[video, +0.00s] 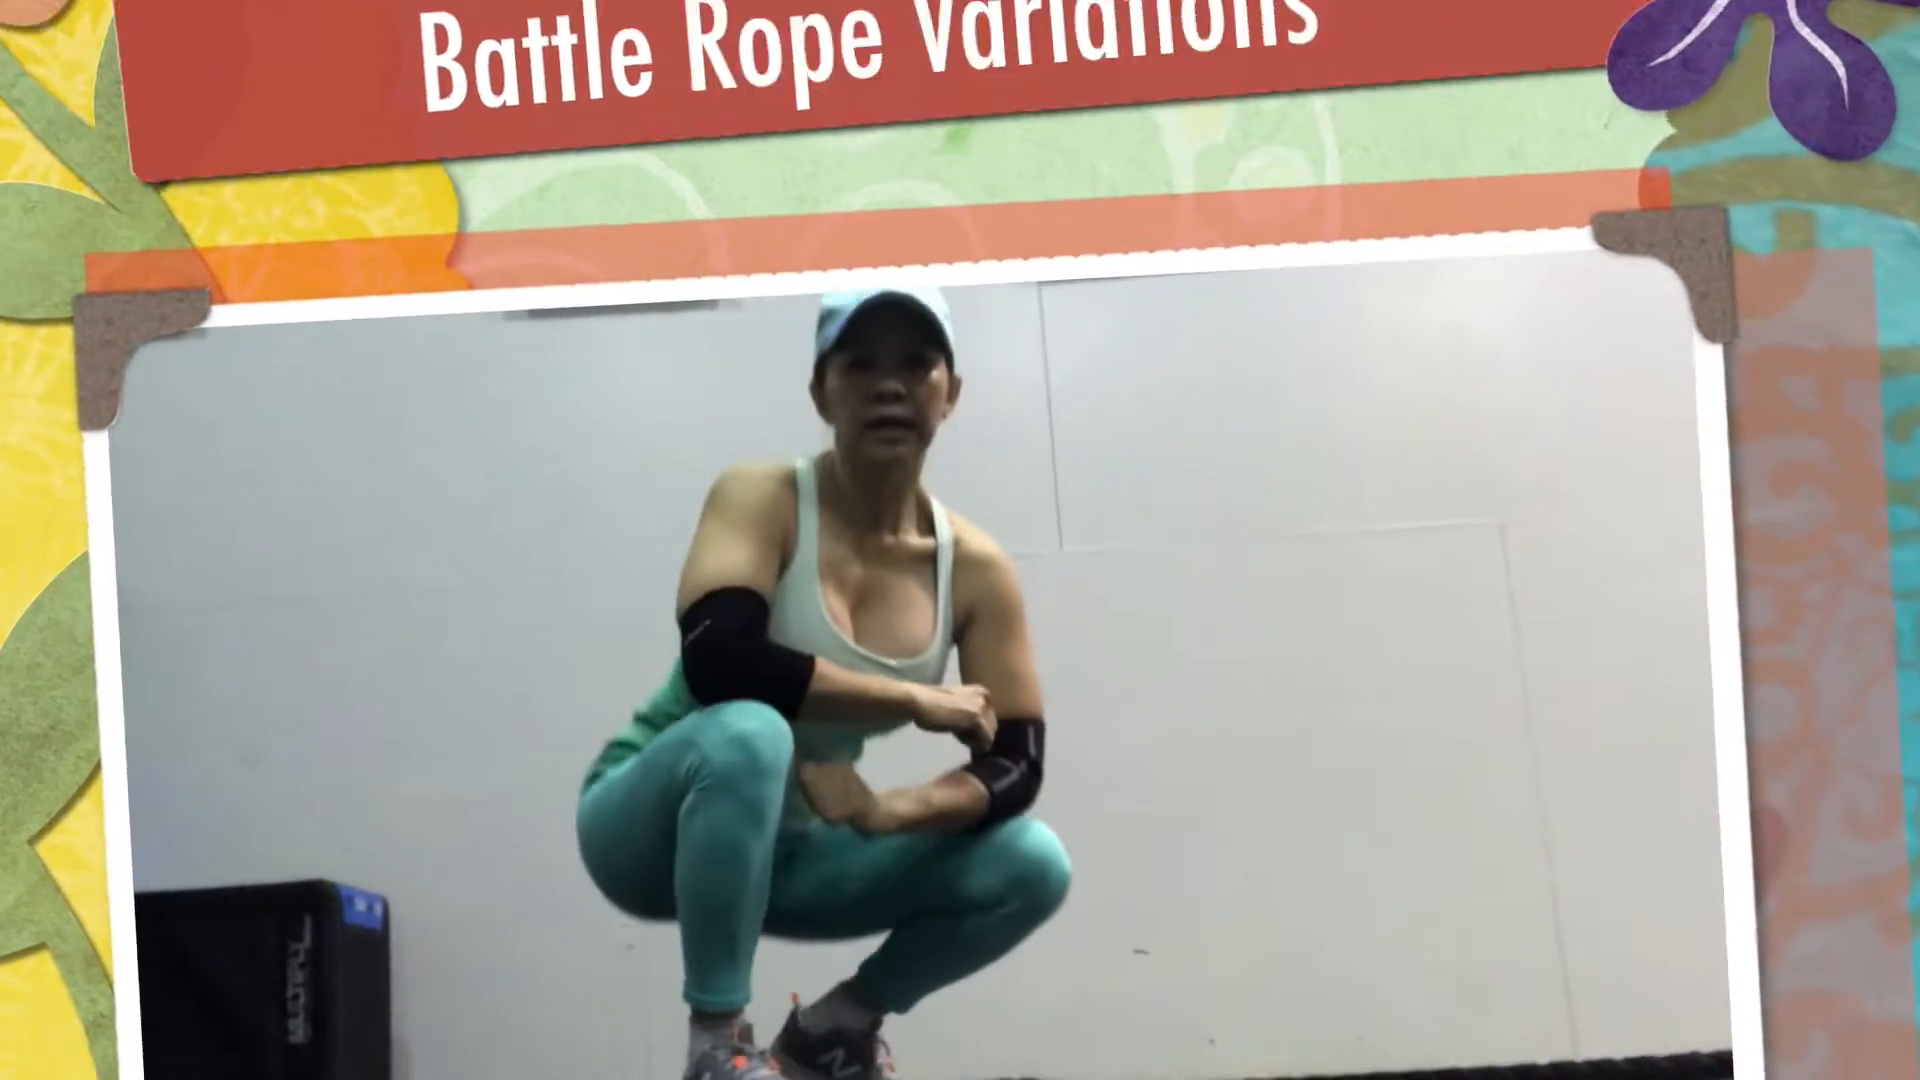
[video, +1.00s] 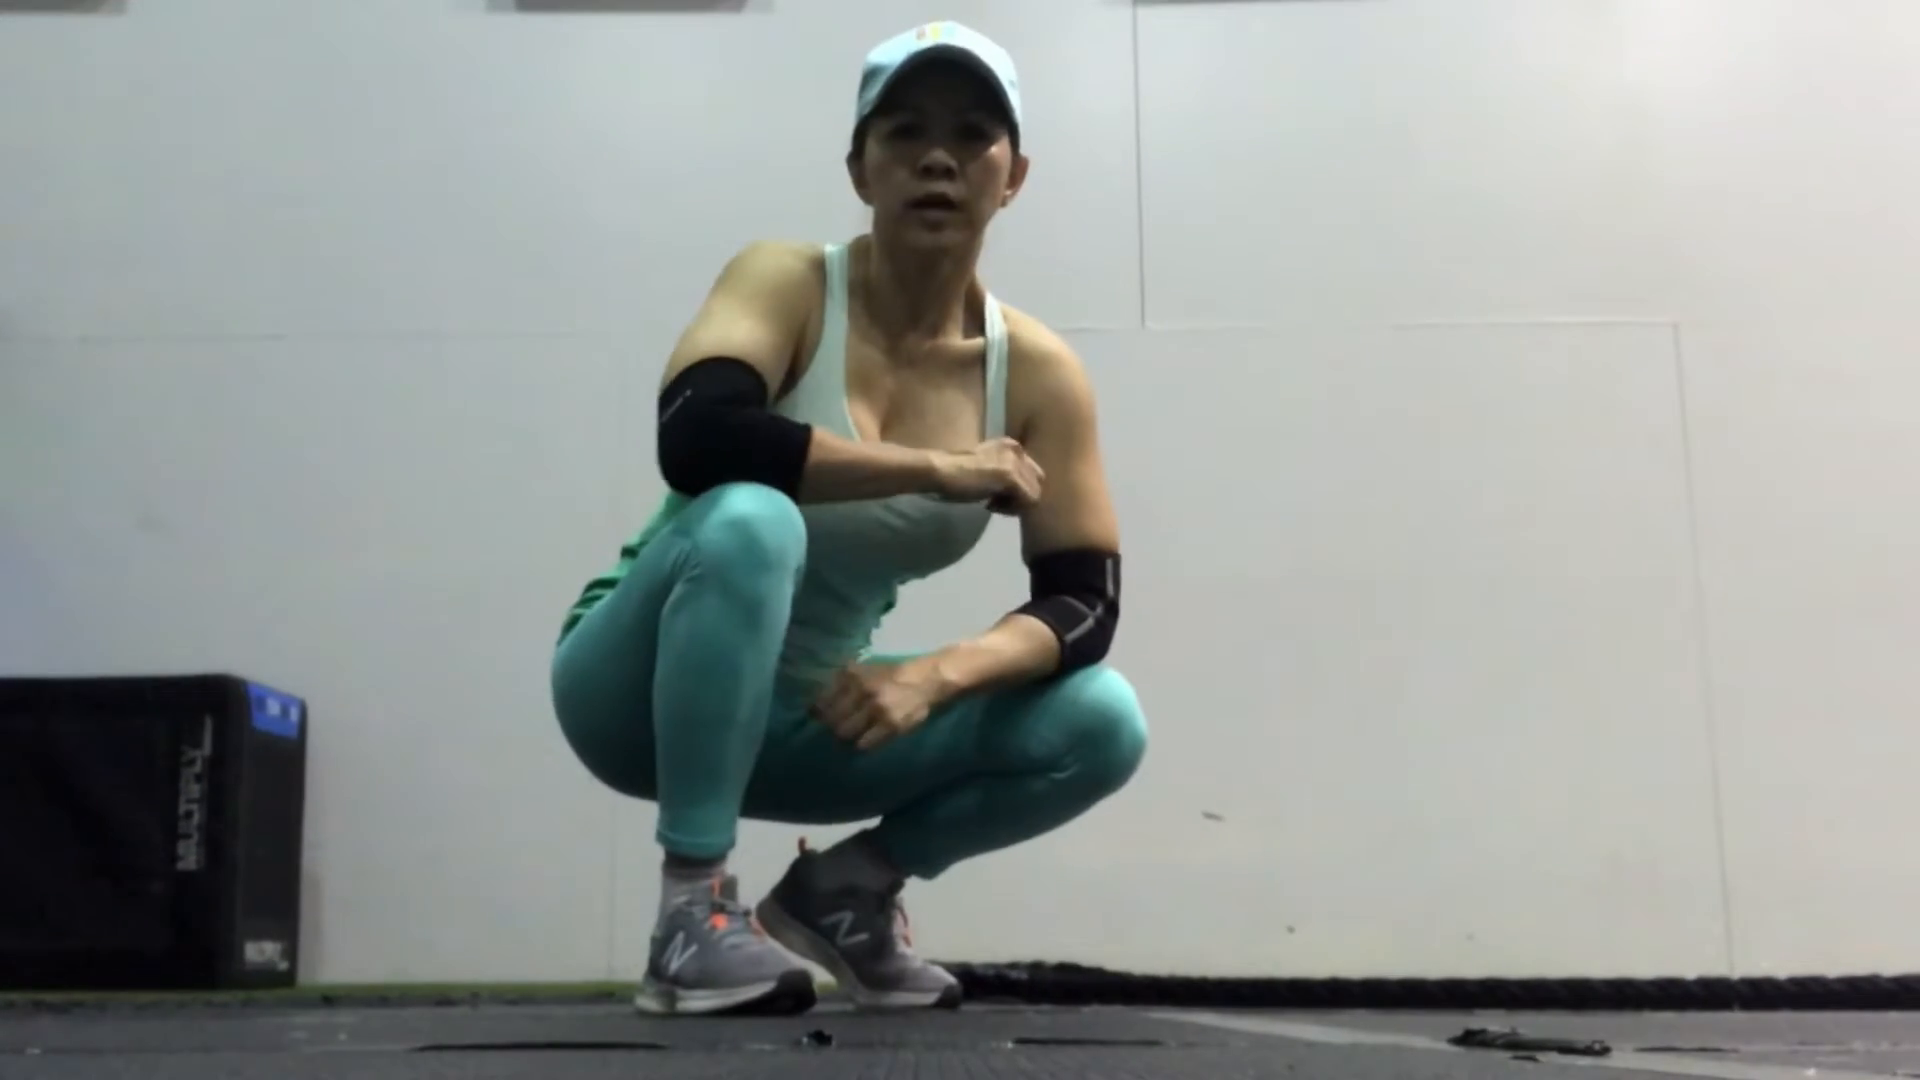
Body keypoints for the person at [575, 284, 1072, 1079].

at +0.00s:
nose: (889, 383)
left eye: (915, 364)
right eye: (862, 365)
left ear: (948, 393)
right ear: (822, 392)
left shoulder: (976, 570)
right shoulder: (756, 499)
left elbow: (1014, 767)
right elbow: (722, 661)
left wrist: (889, 810)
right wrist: (913, 700)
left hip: (810, 854)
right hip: (655, 833)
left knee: (1031, 865)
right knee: (747, 736)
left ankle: (838, 1025)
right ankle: (717, 1046)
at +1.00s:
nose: (937, 156)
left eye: (969, 134)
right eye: (906, 132)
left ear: (1012, 176)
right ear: (861, 167)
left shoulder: (1036, 373)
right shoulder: (781, 283)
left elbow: (1081, 608)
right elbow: (699, 441)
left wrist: (936, 674)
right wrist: (933, 468)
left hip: (814, 718)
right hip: (638, 689)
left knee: (1099, 723)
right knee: (751, 525)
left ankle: (843, 888)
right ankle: (692, 912)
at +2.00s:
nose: (958, 171)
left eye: (989, 150)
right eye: (928, 142)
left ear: (1020, 191)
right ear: (869, 173)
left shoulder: (1040, 384)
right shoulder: (785, 291)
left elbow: (1079, 617)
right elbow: (713, 439)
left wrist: (933, 702)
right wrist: (943, 496)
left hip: (819, 731)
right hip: (654, 701)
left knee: (1100, 735)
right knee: (745, 520)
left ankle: (839, 889)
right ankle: (690, 913)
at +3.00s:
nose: (960, 190)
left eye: (992, 163)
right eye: (928, 160)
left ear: (1032, 191)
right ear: (879, 181)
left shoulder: (1053, 392)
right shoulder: (796, 294)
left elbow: (1092, 625)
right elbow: (715, 437)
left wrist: (946, 715)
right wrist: (944, 495)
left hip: (833, 729)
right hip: (668, 697)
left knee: (1110, 747)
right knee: (744, 516)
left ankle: (842, 889)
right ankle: (692, 908)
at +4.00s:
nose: (962, 186)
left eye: (994, 165)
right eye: (933, 157)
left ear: (1029, 203)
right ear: (880, 185)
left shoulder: (1048, 391)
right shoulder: (798, 296)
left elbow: (1093, 621)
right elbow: (708, 436)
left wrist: (957, 710)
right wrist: (940, 485)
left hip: (824, 733)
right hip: (662, 699)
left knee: (1111, 743)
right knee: (745, 518)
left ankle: (841, 890)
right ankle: (692, 909)